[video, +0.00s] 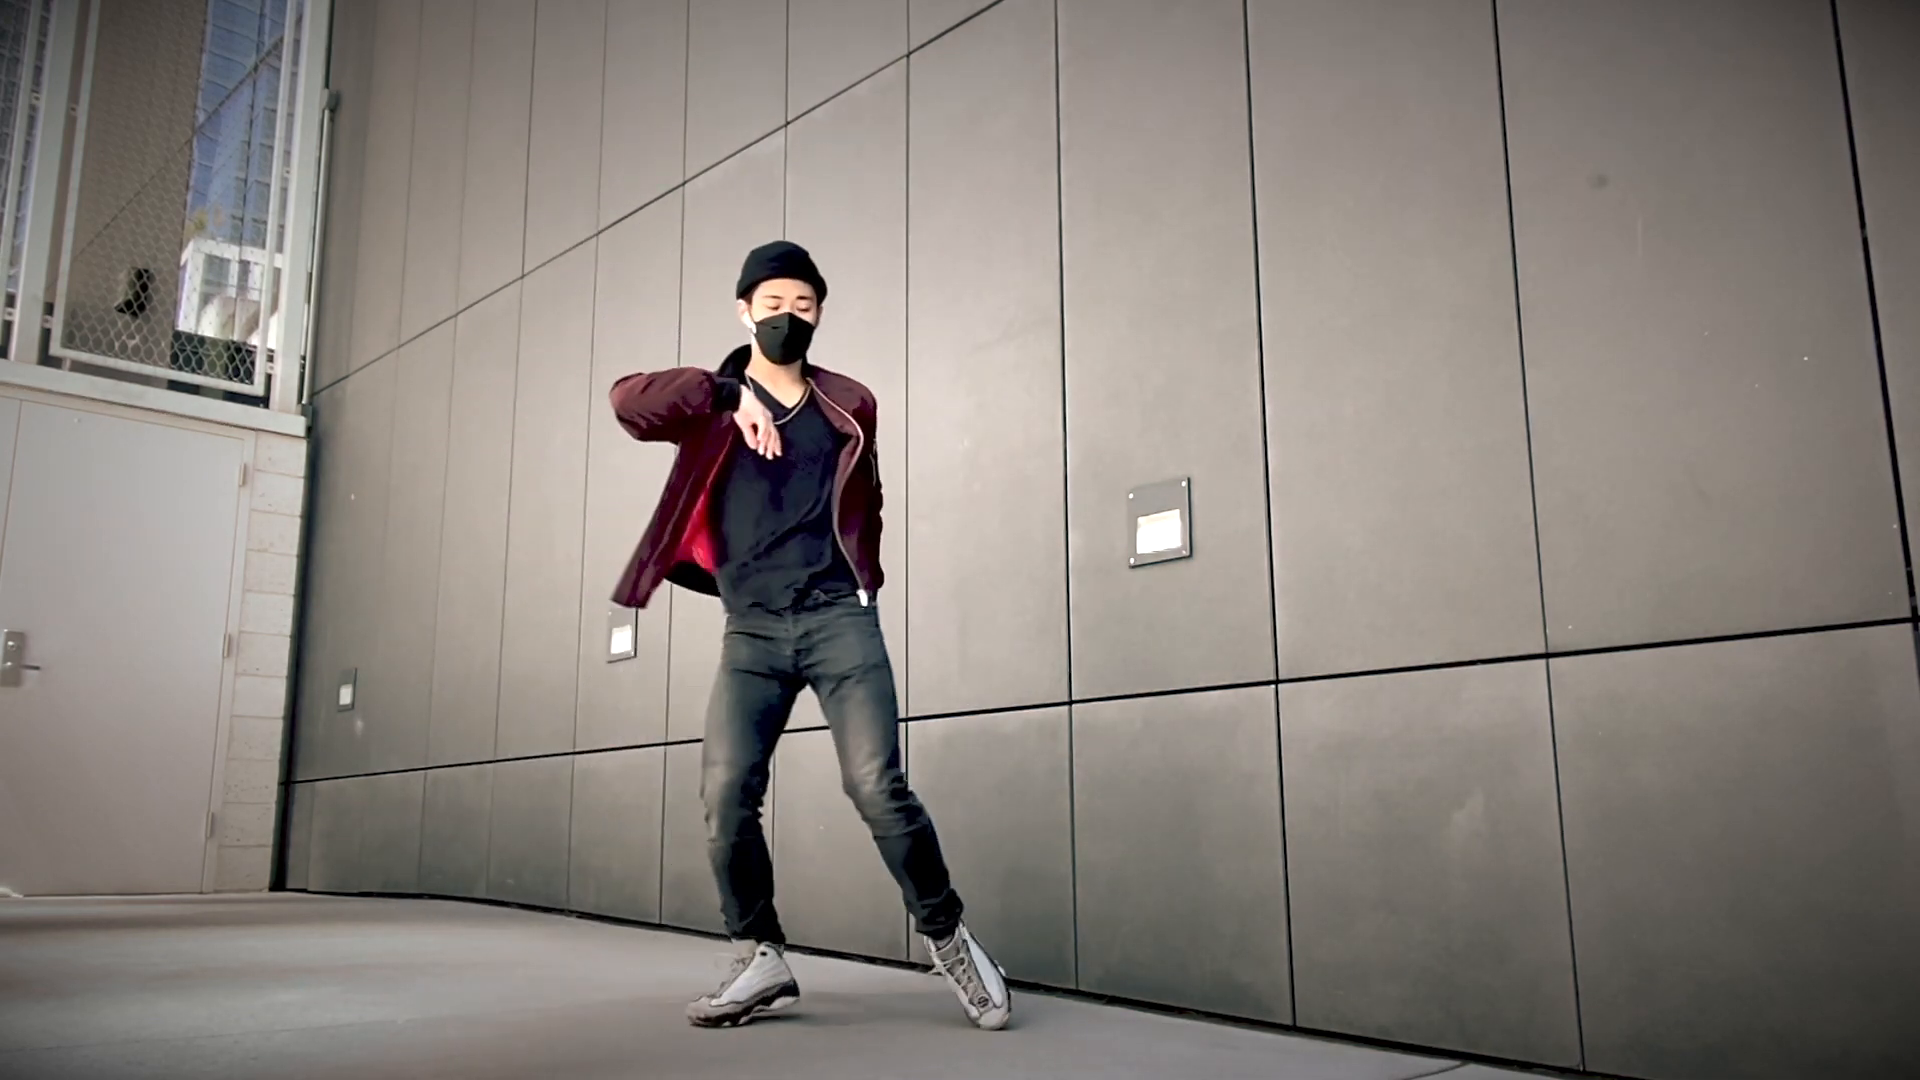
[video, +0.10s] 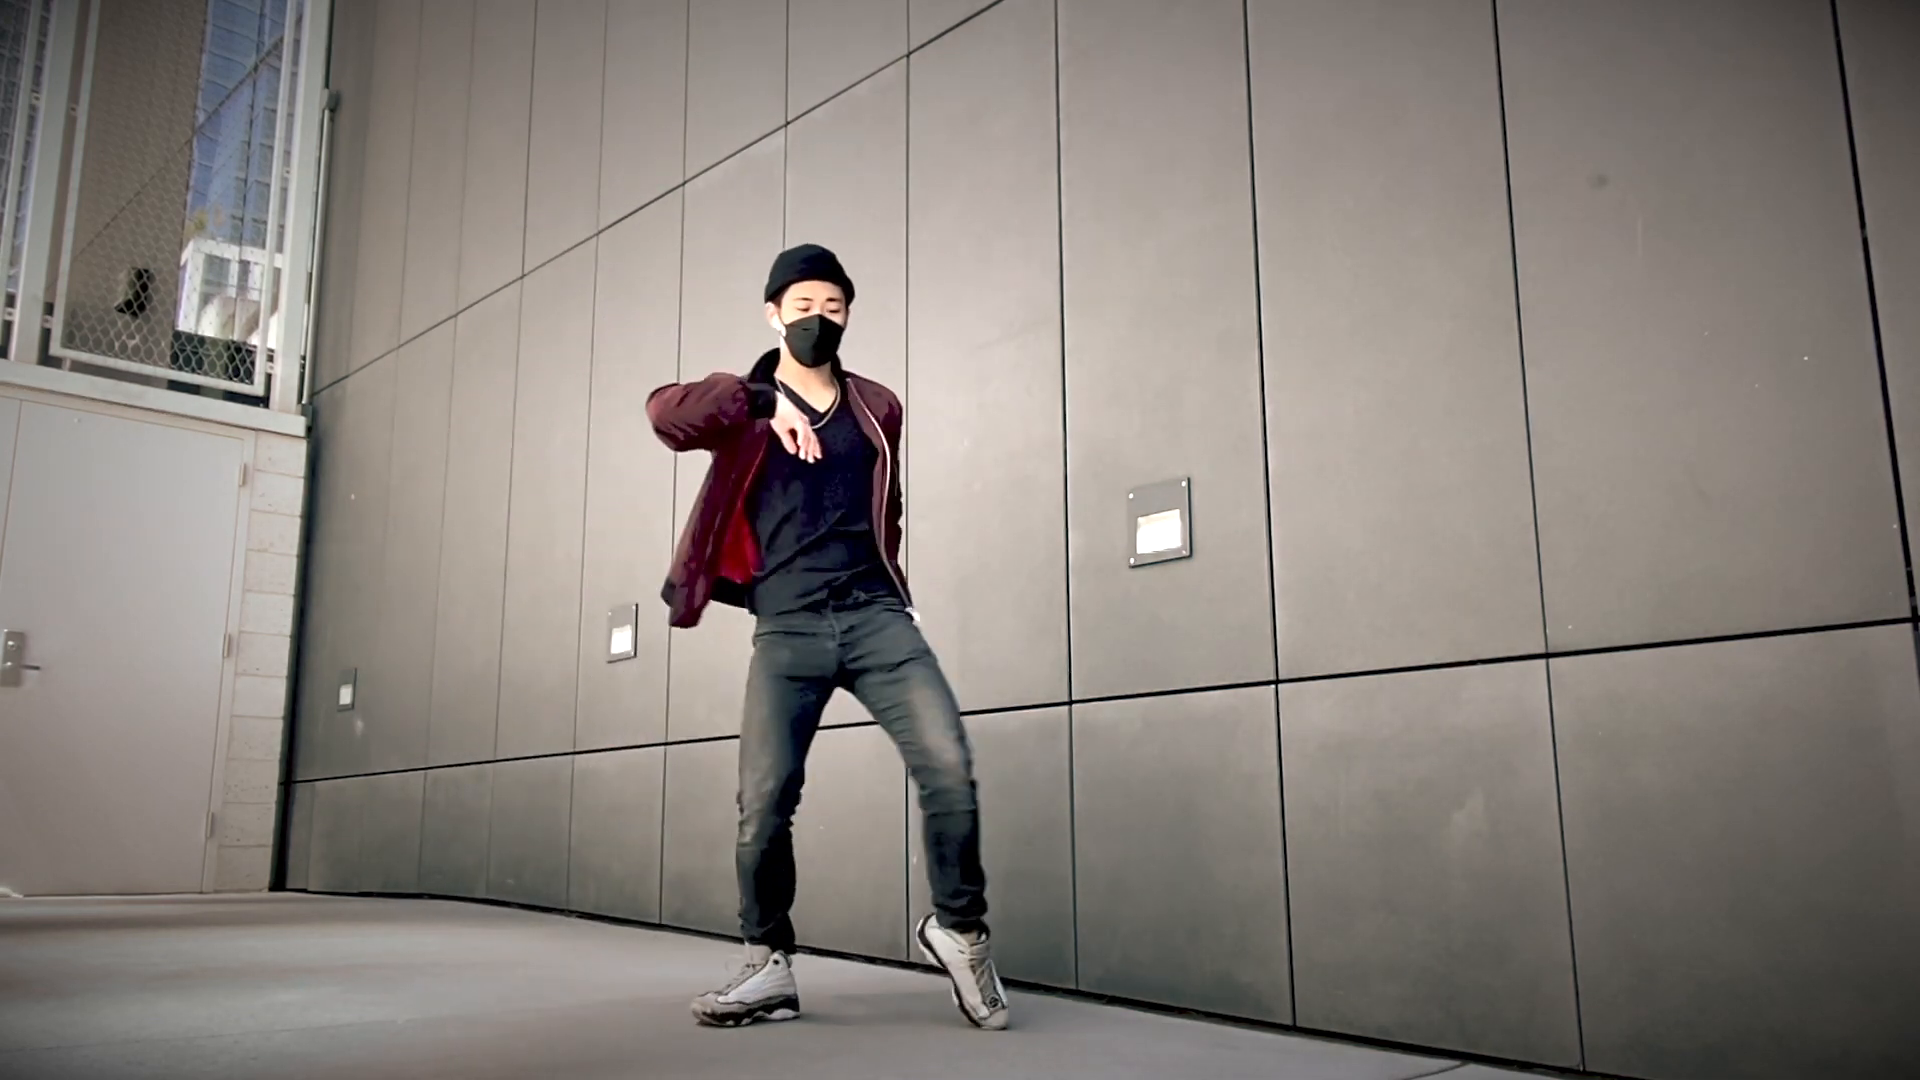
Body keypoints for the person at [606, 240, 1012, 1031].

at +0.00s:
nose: (788, 311)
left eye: (802, 301)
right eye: (772, 299)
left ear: (819, 314)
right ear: (746, 310)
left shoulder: (850, 403)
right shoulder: (712, 395)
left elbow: (865, 509)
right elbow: (628, 403)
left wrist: (861, 593)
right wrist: (725, 393)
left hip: (840, 617)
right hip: (750, 626)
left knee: (875, 785)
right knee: (725, 790)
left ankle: (949, 941)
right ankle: (763, 956)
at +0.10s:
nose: (820, 311)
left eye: (833, 302)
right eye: (804, 301)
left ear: (849, 315)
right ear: (774, 315)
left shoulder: (878, 407)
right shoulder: (741, 401)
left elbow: (881, 513)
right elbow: (664, 415)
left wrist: (889, 592)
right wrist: (760, 398)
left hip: (875, 615)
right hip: (786, 627)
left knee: (950, 768)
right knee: (762, 801)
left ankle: (959, 933)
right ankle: (770, 962)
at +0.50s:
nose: (924, 312)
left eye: (933, 304)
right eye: (907, 301)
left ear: (941, 319)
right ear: (869, 313)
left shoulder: (951, 405)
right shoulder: (836, 385)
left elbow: (966, 502)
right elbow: (756, 446)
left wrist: (969, 599)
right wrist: (839, 474)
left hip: (956, 614)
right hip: (885, 617)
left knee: (1022, 770)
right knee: (862, 793)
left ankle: (963, 932)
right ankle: (790, 954)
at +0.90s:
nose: (990, 334)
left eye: (995, 325)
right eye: (980, 319)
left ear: (961, 326)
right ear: (934, 314)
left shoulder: (932, 397)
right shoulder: (888, 366)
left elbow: (872, 492)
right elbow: (805, 426)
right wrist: (723, 505)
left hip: (893, 611)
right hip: (841, 606)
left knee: (905, 791)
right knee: (814, 788)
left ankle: (903, 967)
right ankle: (775, 957)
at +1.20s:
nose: (896, 310)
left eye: (902, 300)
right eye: (886, 295)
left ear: (890, 304)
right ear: (839, 287)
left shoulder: (884, 389)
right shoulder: (775, 367)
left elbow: (876, 496)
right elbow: (727, 476)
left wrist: (878, 587)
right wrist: (701, 588)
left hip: (873, 603)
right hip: (797, 603)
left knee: (886, 783)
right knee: (806, 783)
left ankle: (880, 950)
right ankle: (777, 961)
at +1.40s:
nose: (838, 301)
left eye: (847, 292)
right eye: (824, 287)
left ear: (851, 302)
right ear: (779, 288)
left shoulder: (864, 385)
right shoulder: (722, 390)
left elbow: (894, 494)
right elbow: (684, 506)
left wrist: (875, 589)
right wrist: (682, 621)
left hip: (855, 610)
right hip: (772, 610)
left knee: (841, 793)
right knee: (805, 787)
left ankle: (775, 935)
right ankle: (780, 957)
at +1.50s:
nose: (812, 306)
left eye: (821, 299)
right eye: (799, 293)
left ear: (826, 308)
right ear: (755, 294)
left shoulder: (845, 391)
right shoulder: (703, 405)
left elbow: (912, 472)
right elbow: (659, 516)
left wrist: (940, 565)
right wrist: (651, 633)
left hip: (837, 614)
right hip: (757, 617)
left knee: (837, 799)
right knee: (802, 788)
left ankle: (724, 908)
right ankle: (783, 960)